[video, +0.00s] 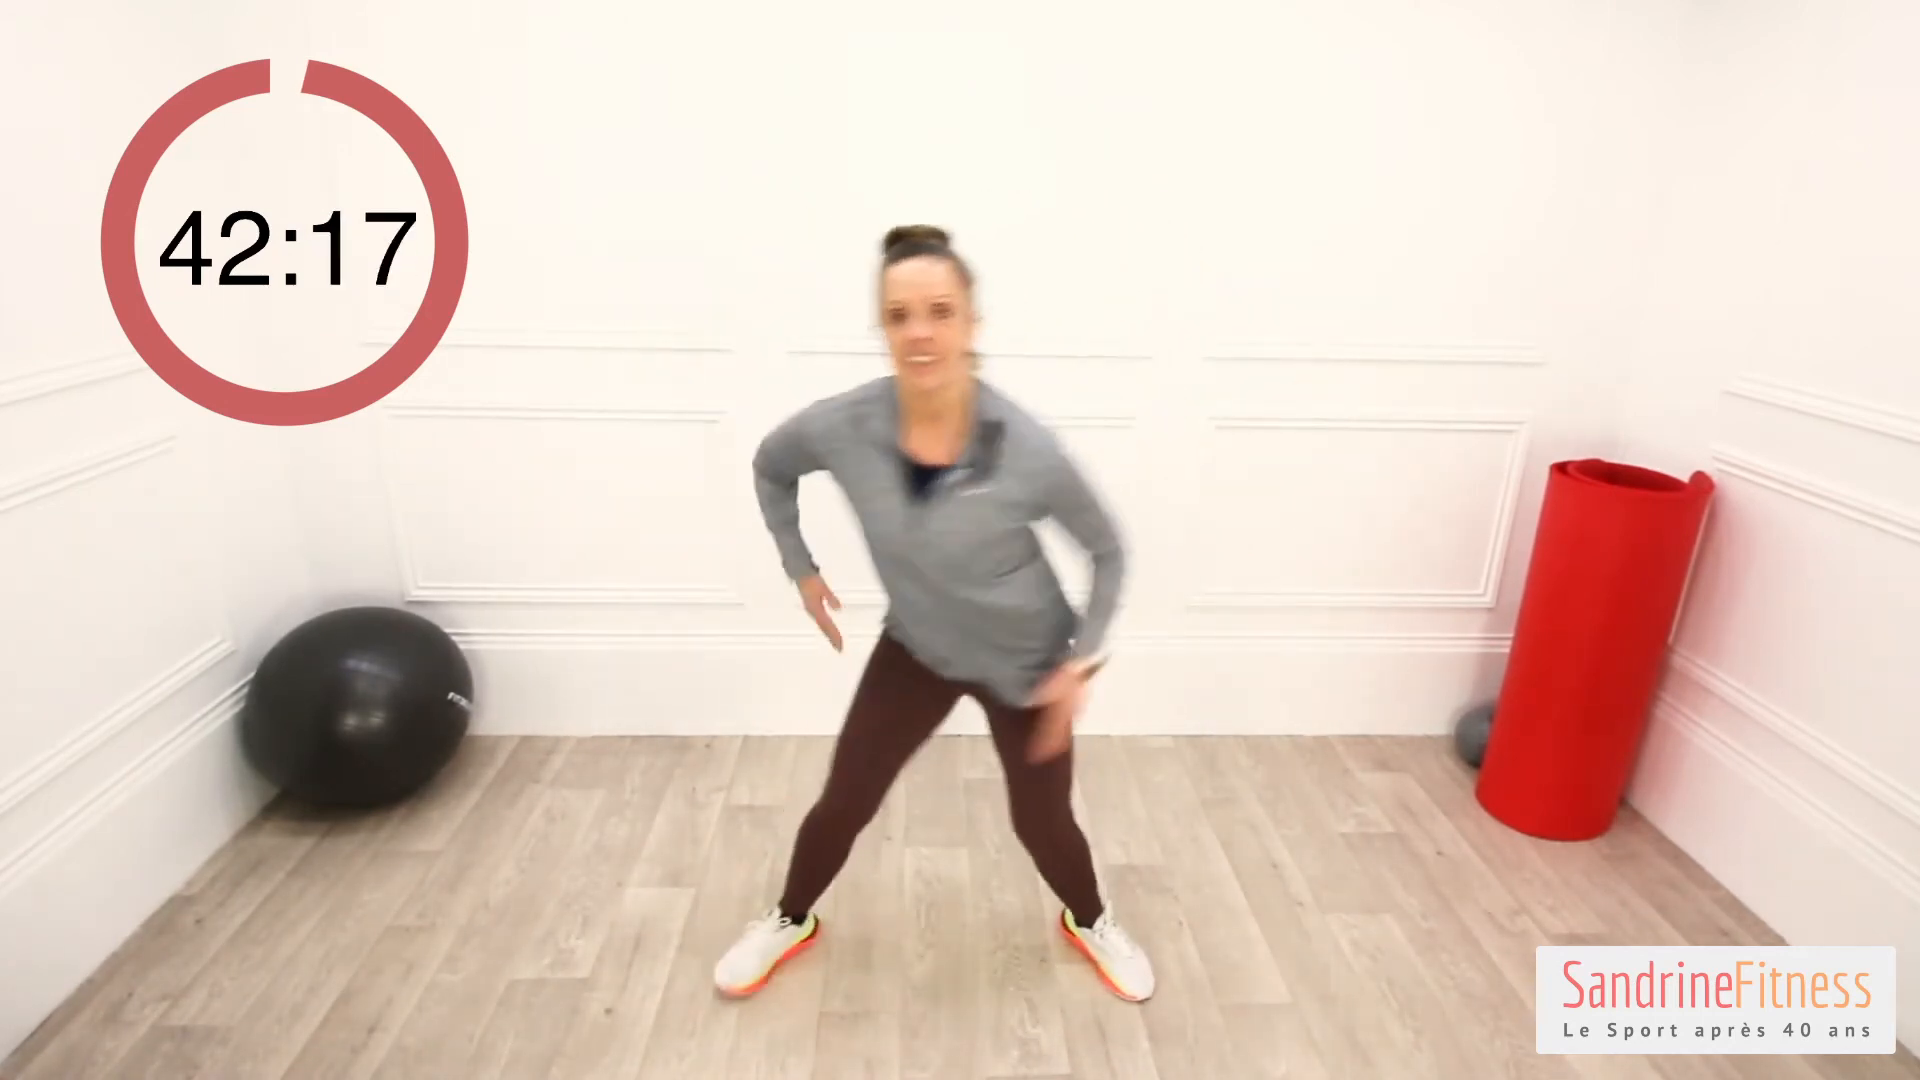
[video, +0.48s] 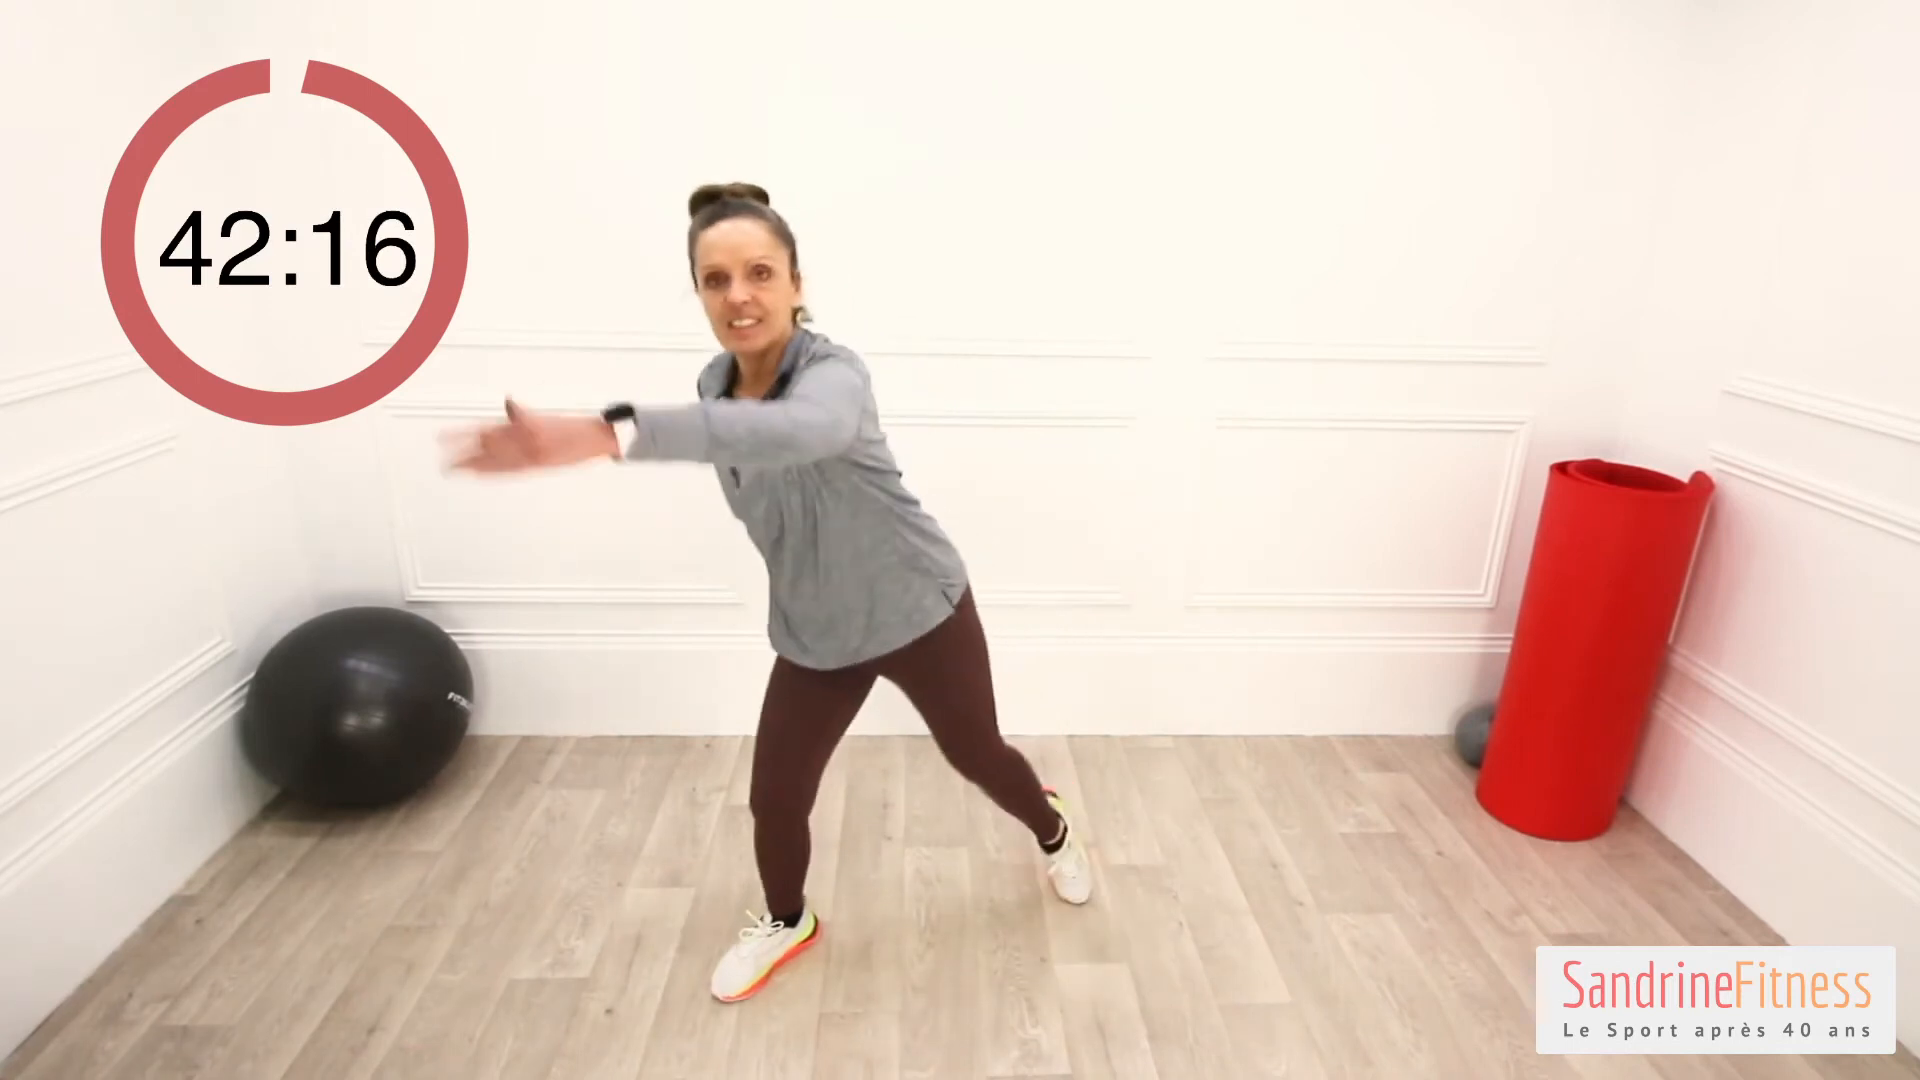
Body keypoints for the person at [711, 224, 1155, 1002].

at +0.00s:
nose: (920, 334)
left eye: (940, 313)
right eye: (901, 316)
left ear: (973, 324)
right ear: (880, 329)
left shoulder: (1026, 450)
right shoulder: (844, 426)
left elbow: (1109, 550)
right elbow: (771, 468)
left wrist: (1082, 659)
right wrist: (800, 568)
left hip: (1027, 656)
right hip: (919, 645)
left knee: (1044, 822)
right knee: (846, 801)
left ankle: (1090, 923)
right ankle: (790, 921)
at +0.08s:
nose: (859, 320)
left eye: (880, 299)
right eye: (840, 301)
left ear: (915, 311)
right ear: (822, 314)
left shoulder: (966, 439)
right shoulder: (794, 420)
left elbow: (1041, 571)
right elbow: (797, 493)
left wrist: (971, 662)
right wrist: (819, 551)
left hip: (991, 633)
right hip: (883, 633)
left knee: (1032, 798)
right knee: (824, 801)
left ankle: (1092, 918)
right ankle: (786, 921)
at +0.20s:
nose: (807, 295)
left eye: (827, 273)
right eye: (786, 277)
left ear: (864, 284)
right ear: (769, 292)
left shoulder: (912, 401)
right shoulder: (766, 390)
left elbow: (980, 563)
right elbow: (811, 521)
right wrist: (828, 592)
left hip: (963, 618)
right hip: (859, 624)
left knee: (1035, 768)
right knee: (813, 789)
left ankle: (1102, 902)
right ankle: (787, 920)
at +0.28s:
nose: (772, 281)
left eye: (793, 257)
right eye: (750, 264)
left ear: (830, 269)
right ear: (732, 280)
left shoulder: (872, 372)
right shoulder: (741, 374)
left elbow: (910, 501)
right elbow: (781, 493)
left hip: (945, 598)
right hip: (843, 613)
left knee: (1013, 741)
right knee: (807, 783)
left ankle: (1096, 861)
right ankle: (786, 918)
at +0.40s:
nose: (744, 284)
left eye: (765, 260)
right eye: (721, 267)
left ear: (802, 271)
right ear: (704, 285)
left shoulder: (839, 360)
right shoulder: (720, 374)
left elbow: (835, 431)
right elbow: (772, 486)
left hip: (924, 597)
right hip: (826, 618)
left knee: (986, 743)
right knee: (791, 787)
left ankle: (1068, 817)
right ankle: (787, 918)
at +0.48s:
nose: (739, 296)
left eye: (759, 274)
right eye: (717, 280)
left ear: (796, 285)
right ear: (699, 300)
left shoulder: (834, 374)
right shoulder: (712, 394)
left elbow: (809, 431)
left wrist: (616, 433)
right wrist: (565, 441)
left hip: (918, 608)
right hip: (817, 627)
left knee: (978, 755)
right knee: (776, 800)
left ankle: (1056, 832)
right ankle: (786, 921)